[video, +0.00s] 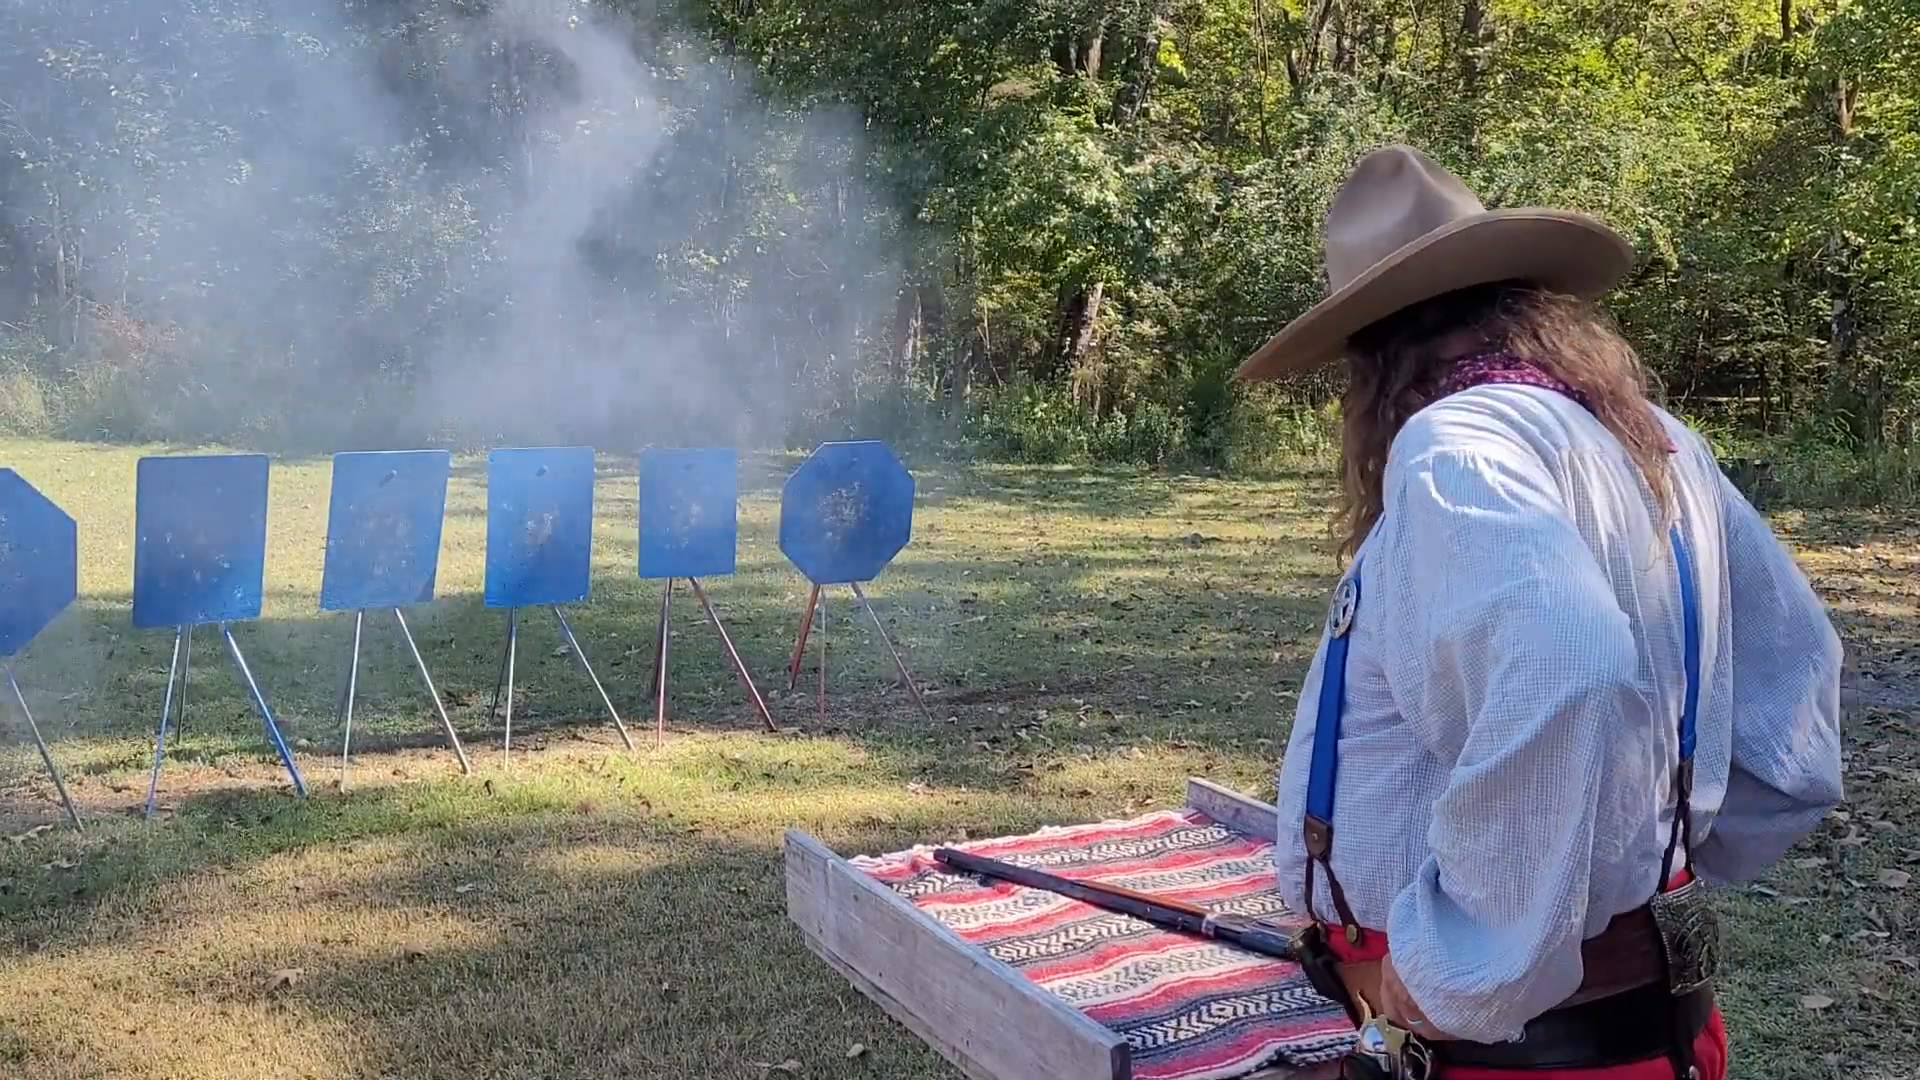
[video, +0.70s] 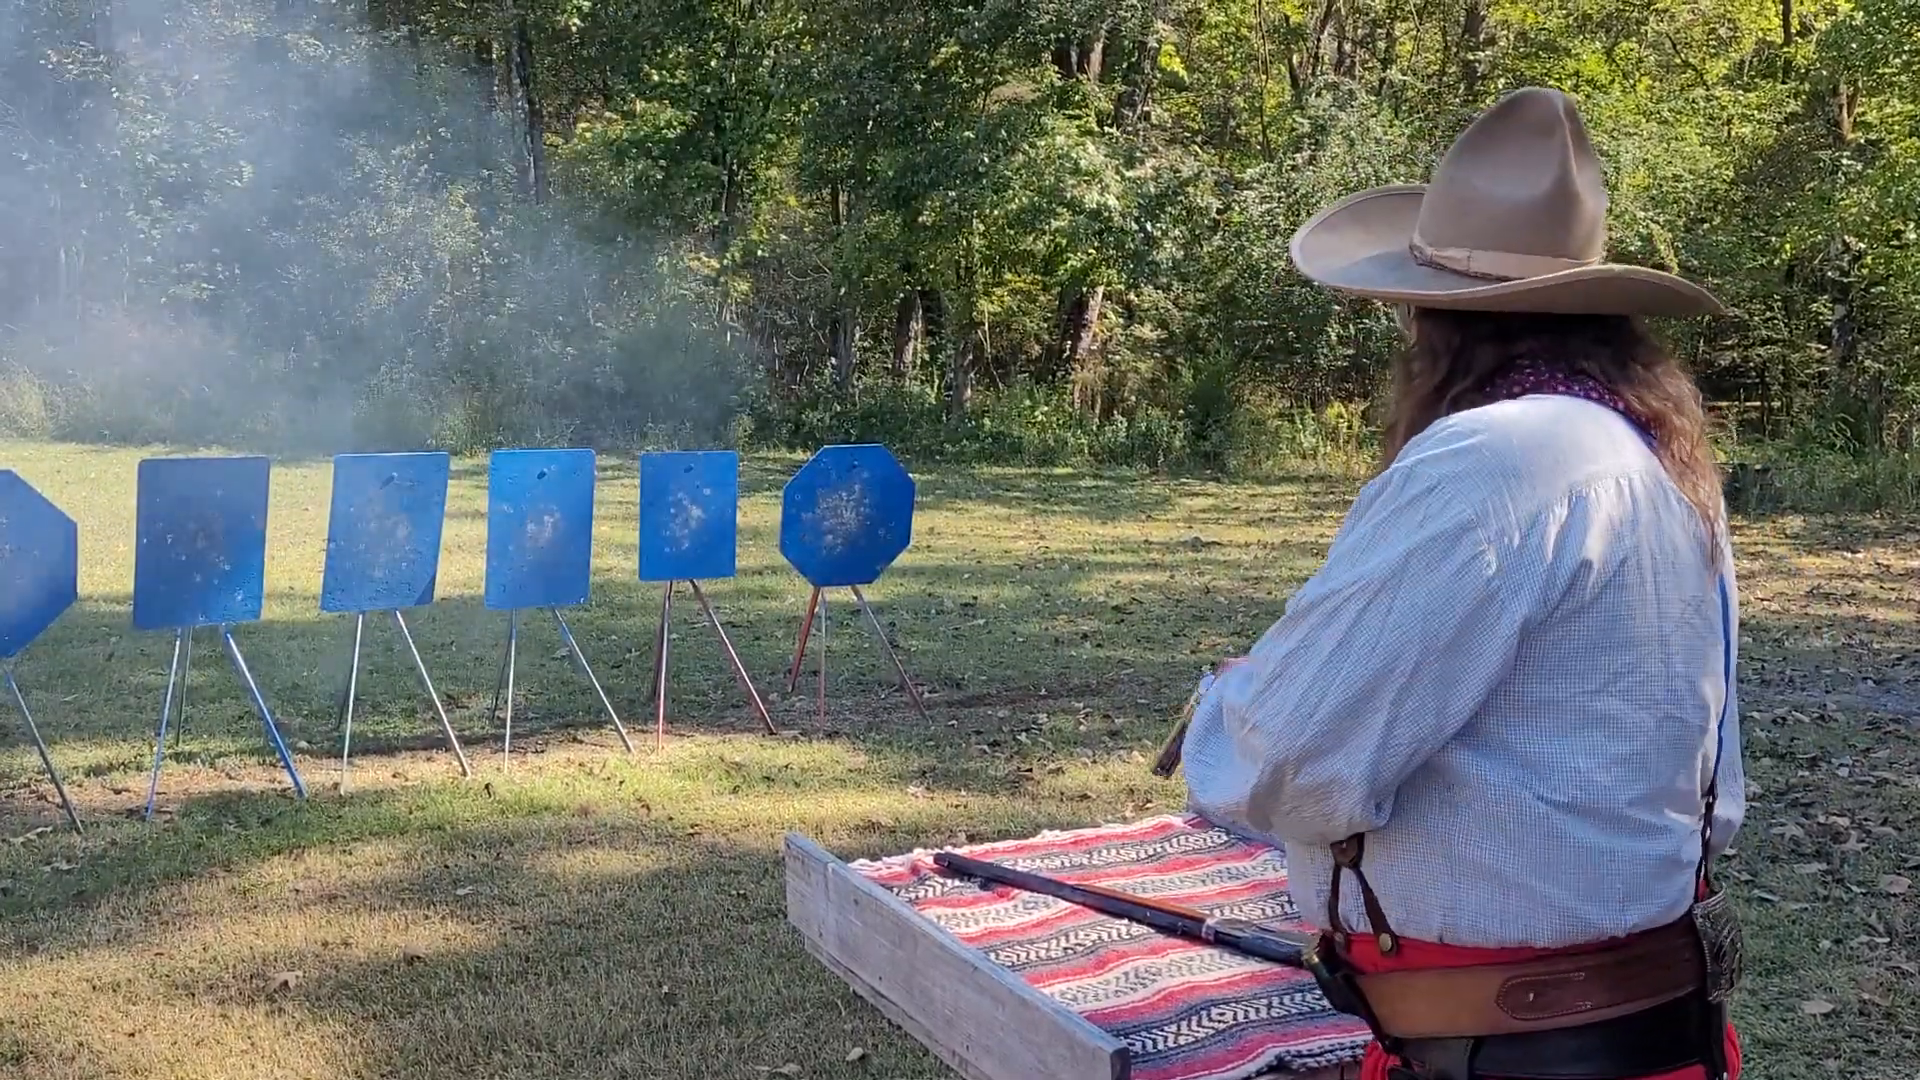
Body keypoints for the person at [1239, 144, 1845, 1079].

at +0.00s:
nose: (1352, 391)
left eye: (1352, 365)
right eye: (1347, 367)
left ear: (1385, 354)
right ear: (1528, 305)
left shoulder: (1453, 446)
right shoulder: (1663, 441)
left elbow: (1566, 672)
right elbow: (1798, 740)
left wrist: (1446, 974)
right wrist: (1668, 855)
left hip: (1503, 1039)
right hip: (1664, 1001)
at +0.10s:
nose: (1357, 375)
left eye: (1359, 348)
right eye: (1354, 349)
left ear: (1391, 345)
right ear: (1535, 304)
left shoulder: (1461, 442)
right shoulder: (1666, 438)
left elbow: (1569, 648)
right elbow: (1813, 686)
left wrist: (1429, 912)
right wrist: (1673, 829)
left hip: (1503, 1027)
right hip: (1659, 993)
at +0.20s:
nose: (1366, 357)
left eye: (1372, 328)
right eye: (1367, 327)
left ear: (1409, 328)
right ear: (1538, 299)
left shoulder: (1470, 431)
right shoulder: (1665, 439)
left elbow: (1562, 608)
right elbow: (1806, 660)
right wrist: (1669, 774)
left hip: (1479, 1034)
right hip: (1643, 1003)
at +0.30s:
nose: (1372, 348)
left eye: (1381, 321)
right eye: (1373, 320)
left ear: (1427, 321)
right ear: (1551, 301)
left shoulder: (1484, 423)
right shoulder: (1675, 447)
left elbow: (1496, 598)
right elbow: (1751, 677)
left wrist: (1271, 678)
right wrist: (1668, 803)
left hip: (1482, 1028)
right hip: (1641, 995)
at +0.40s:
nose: (1393, 335)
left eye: (1404, 309)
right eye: (1395, 308)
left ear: (1446, 312)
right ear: (1574, 297)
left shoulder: (1497, 433)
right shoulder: (1679, 451)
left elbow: (1408, 665)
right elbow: (1711, 781)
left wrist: (1238, 662)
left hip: (1482, 1031)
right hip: (1635, 1000)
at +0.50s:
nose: (1406, 328)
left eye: (1417, 305)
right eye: (1410, 303)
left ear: (1457, 315)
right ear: (1589, 307)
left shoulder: (1503, 453)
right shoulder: (1665, 454)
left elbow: (1354, 737)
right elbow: (1709, 791)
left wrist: (1234, 683)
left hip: (1497, 1038)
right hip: (1639, 1006)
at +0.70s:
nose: (1403, 330)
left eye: (1414, 307)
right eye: (1409, 303)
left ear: (1447, 320)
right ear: (1588, 315)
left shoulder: (1497, 462)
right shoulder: (1661, 464)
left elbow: (1286, 761)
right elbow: (1708, 795)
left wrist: (1226, 697)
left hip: (1498, 1044)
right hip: (1646, 1005)